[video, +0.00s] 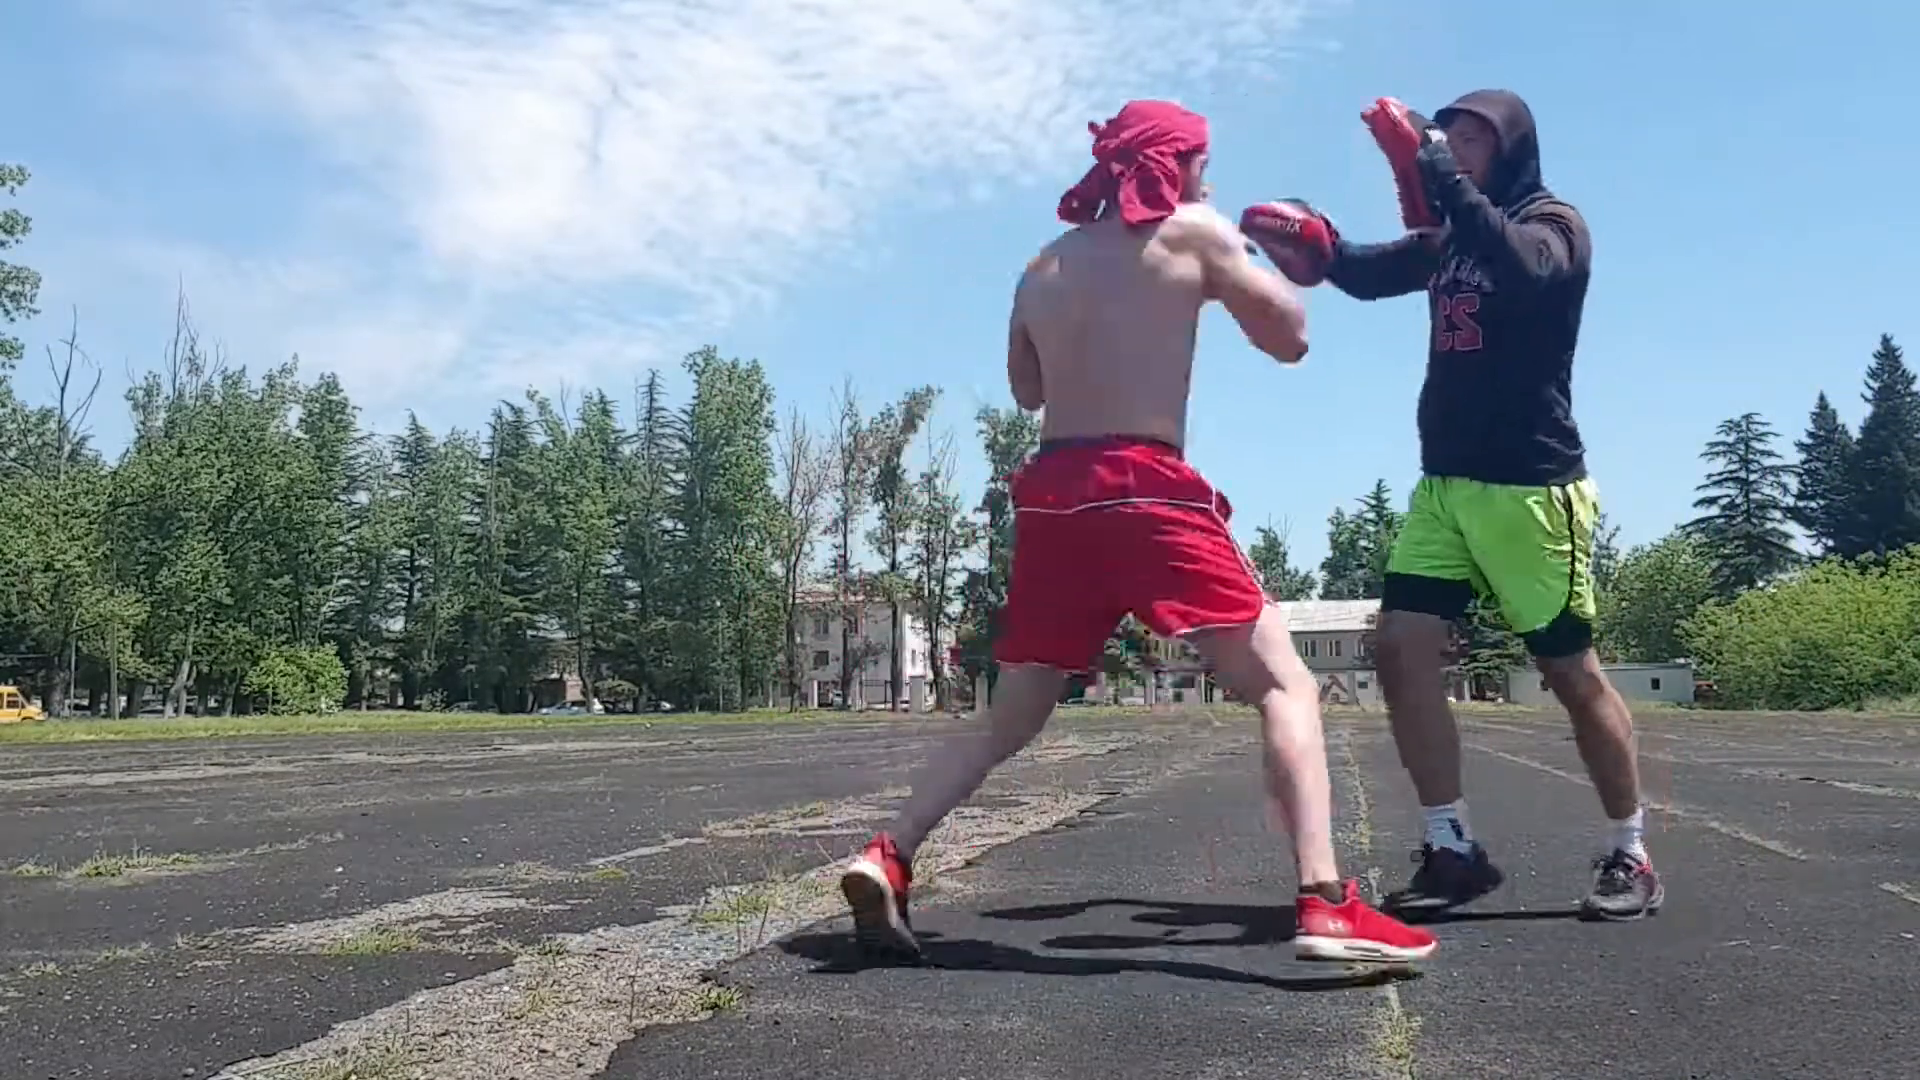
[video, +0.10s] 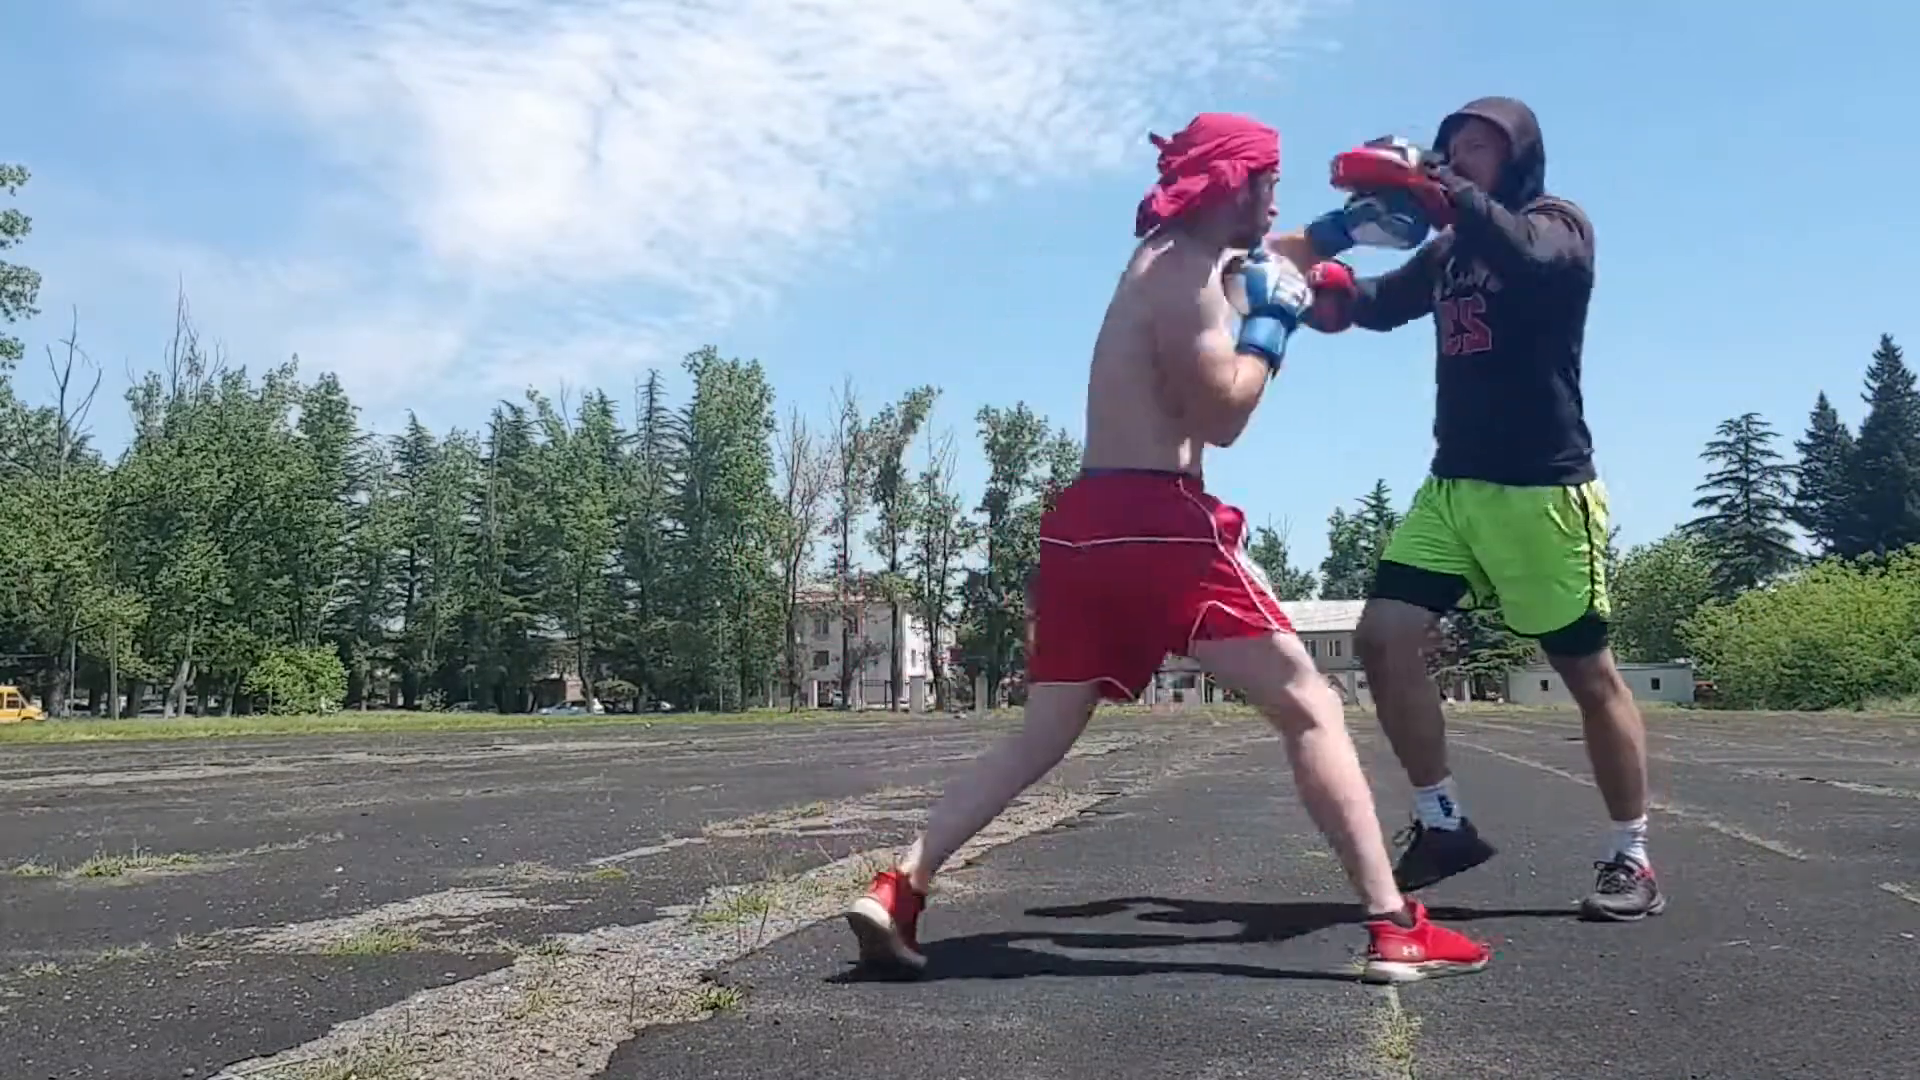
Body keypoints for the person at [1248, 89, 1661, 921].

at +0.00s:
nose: (1447, 150)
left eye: (1466, 135)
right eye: (1442, 137)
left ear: (1510, 148)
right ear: (1441, 155)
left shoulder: (1556, 225)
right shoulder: (1450, 238)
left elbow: (1528, 268)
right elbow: (1374, 271)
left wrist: (1447, 183)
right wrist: (1323, 252)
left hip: (1532, 489)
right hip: (1444, 487)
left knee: (1574, 675)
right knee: (1403, 648)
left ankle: (1631, 856)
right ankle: (1451, 851)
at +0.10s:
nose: (1454, 162)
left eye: (1474, 147)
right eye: (1448, 152)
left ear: (1518, 157)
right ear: (1445, 165)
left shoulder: (1558, 224)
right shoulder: (1448, 248)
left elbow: (1531, 254)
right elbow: (1383, 304)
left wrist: (1441, 192)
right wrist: (1320, 286)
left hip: (1545, 492)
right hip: (1452, 489)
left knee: (1593, 677)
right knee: (1386, 640)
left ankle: (1632, 860)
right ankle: (1443, 826)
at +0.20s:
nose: (1461, 154)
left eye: (1479, 142)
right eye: (1452, 145)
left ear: (1516, 159)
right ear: (1439, 166)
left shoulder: (1563, 235)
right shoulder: (1441, 257)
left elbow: (1636, 271)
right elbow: (1374, 345)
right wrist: (1323, 330)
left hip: (1544, 487)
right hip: (1451, 486)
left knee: (1589, 673)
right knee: (1389, 646)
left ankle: (1629, 856)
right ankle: (1442, 804)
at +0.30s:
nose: (1457, 167)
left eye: (1473, 152)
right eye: (1444, 158)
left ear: (1510, 163)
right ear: (1435, 179)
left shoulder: (1565, 243)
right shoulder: (1432, 267)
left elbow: (1675, 328)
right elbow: (1394, 362)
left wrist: (1632, 275)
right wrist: (1335, 369)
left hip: (1543, 490)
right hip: (1445, 490)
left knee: (1590, 674)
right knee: (1409, 660)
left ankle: (1632, 860)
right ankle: (1437, 809)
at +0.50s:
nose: (1446, 191)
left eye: (1462, 179)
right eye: (1433, 181)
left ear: (1492, 190)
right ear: (1415, 195)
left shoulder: (1533, 267)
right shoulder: (1392, 272)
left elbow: (1630, 361)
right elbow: (1318, 313)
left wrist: (1612, 305)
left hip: (1518, 502)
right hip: (1420, 509)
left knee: (1551, 671)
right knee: (1432, 689)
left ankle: (1607, 851)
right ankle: (1450, 847)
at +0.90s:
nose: (1424, 203)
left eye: (1440, 192)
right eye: (1408, 192)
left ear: (1465, 206)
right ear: (1388, 207)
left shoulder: (1491, 273)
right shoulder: (1364, 267)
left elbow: (1555, 275)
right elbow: (1313, 270)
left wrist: (1516, 194)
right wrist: (1327, 185)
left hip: (1469, 504)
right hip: (1371, 499)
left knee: (1493, 683)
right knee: (1326, 664)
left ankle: (1498, 851)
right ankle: (1330, 831)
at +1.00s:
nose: (1405, 193)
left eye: (1421, 180)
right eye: (1389, 179)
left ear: (1445, 196)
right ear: (1361, 191)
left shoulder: (1467, 264)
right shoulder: (1336, 260)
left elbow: (1545, 270)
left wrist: (1507, 191)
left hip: (1451, 497)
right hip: (1359, 498)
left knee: (1480, 675)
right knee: (1314, 679)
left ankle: (1493, 849)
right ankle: (1280, 847)